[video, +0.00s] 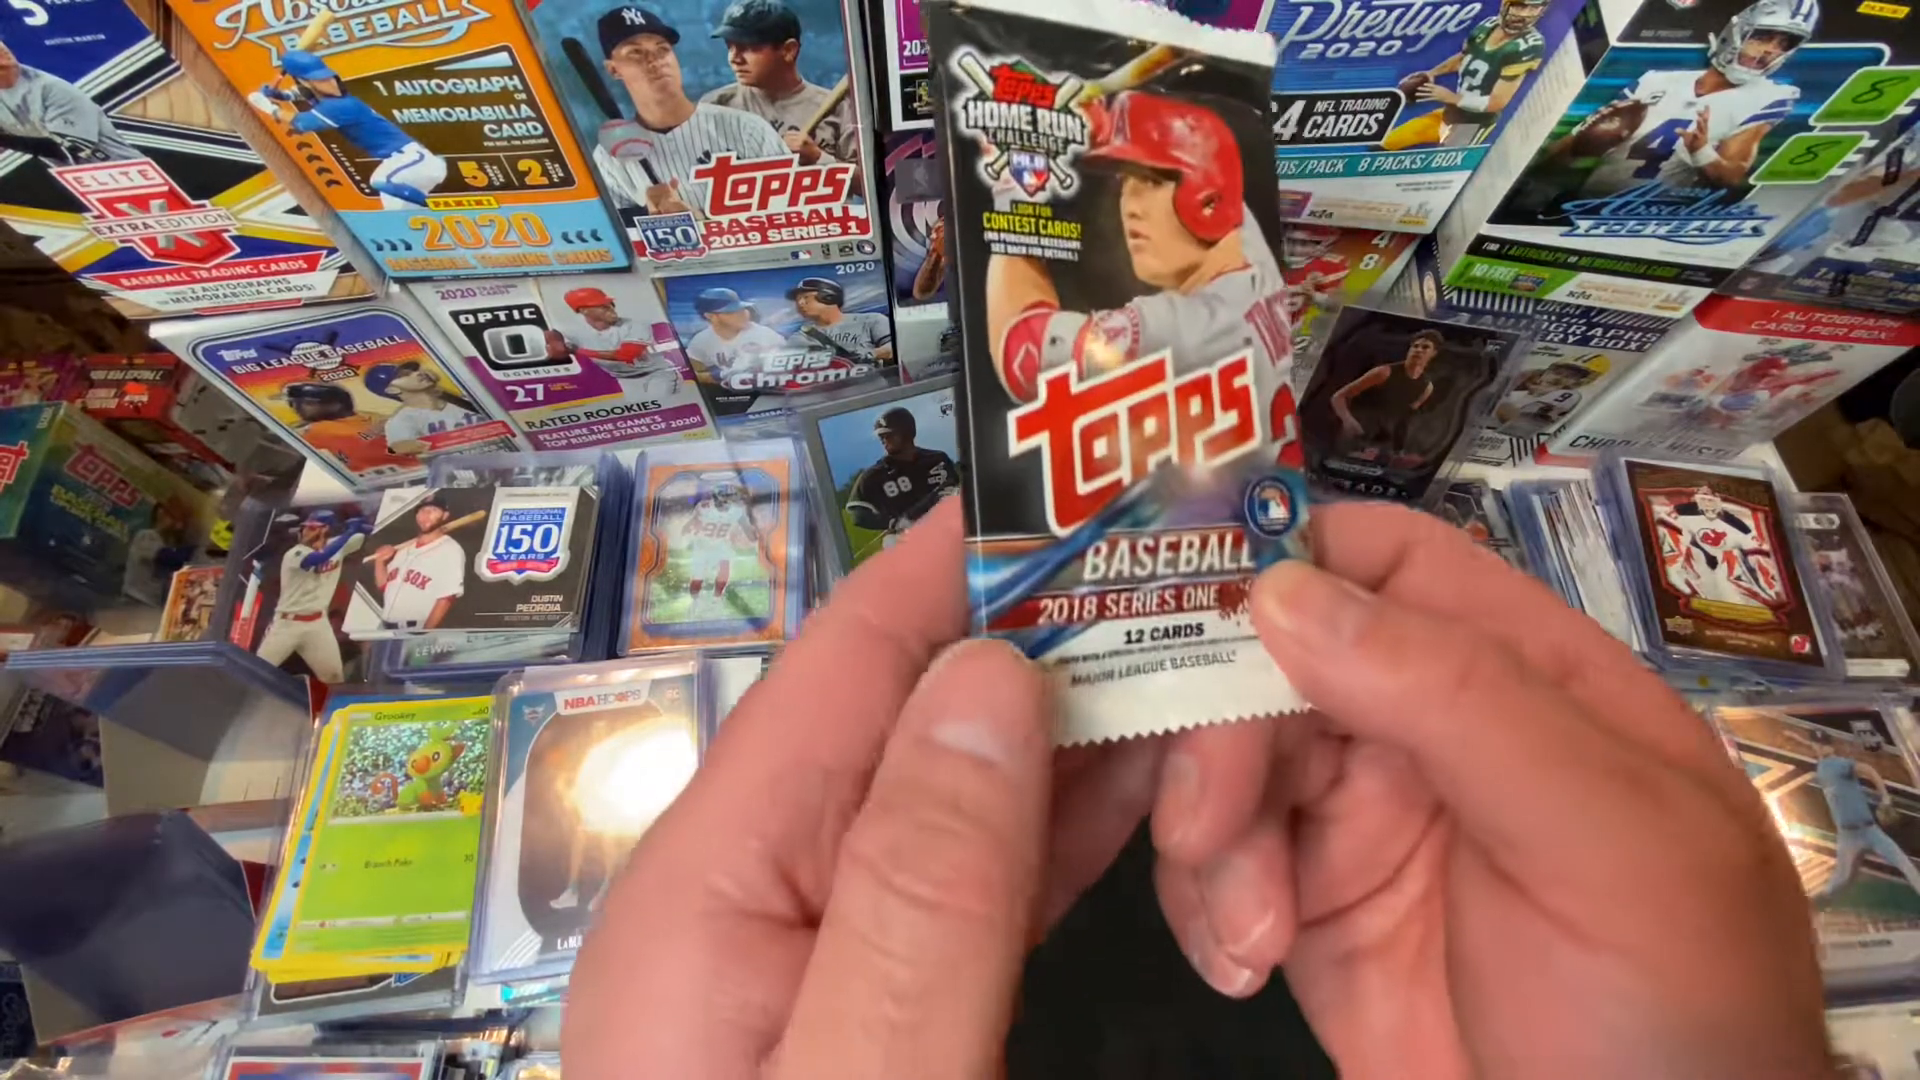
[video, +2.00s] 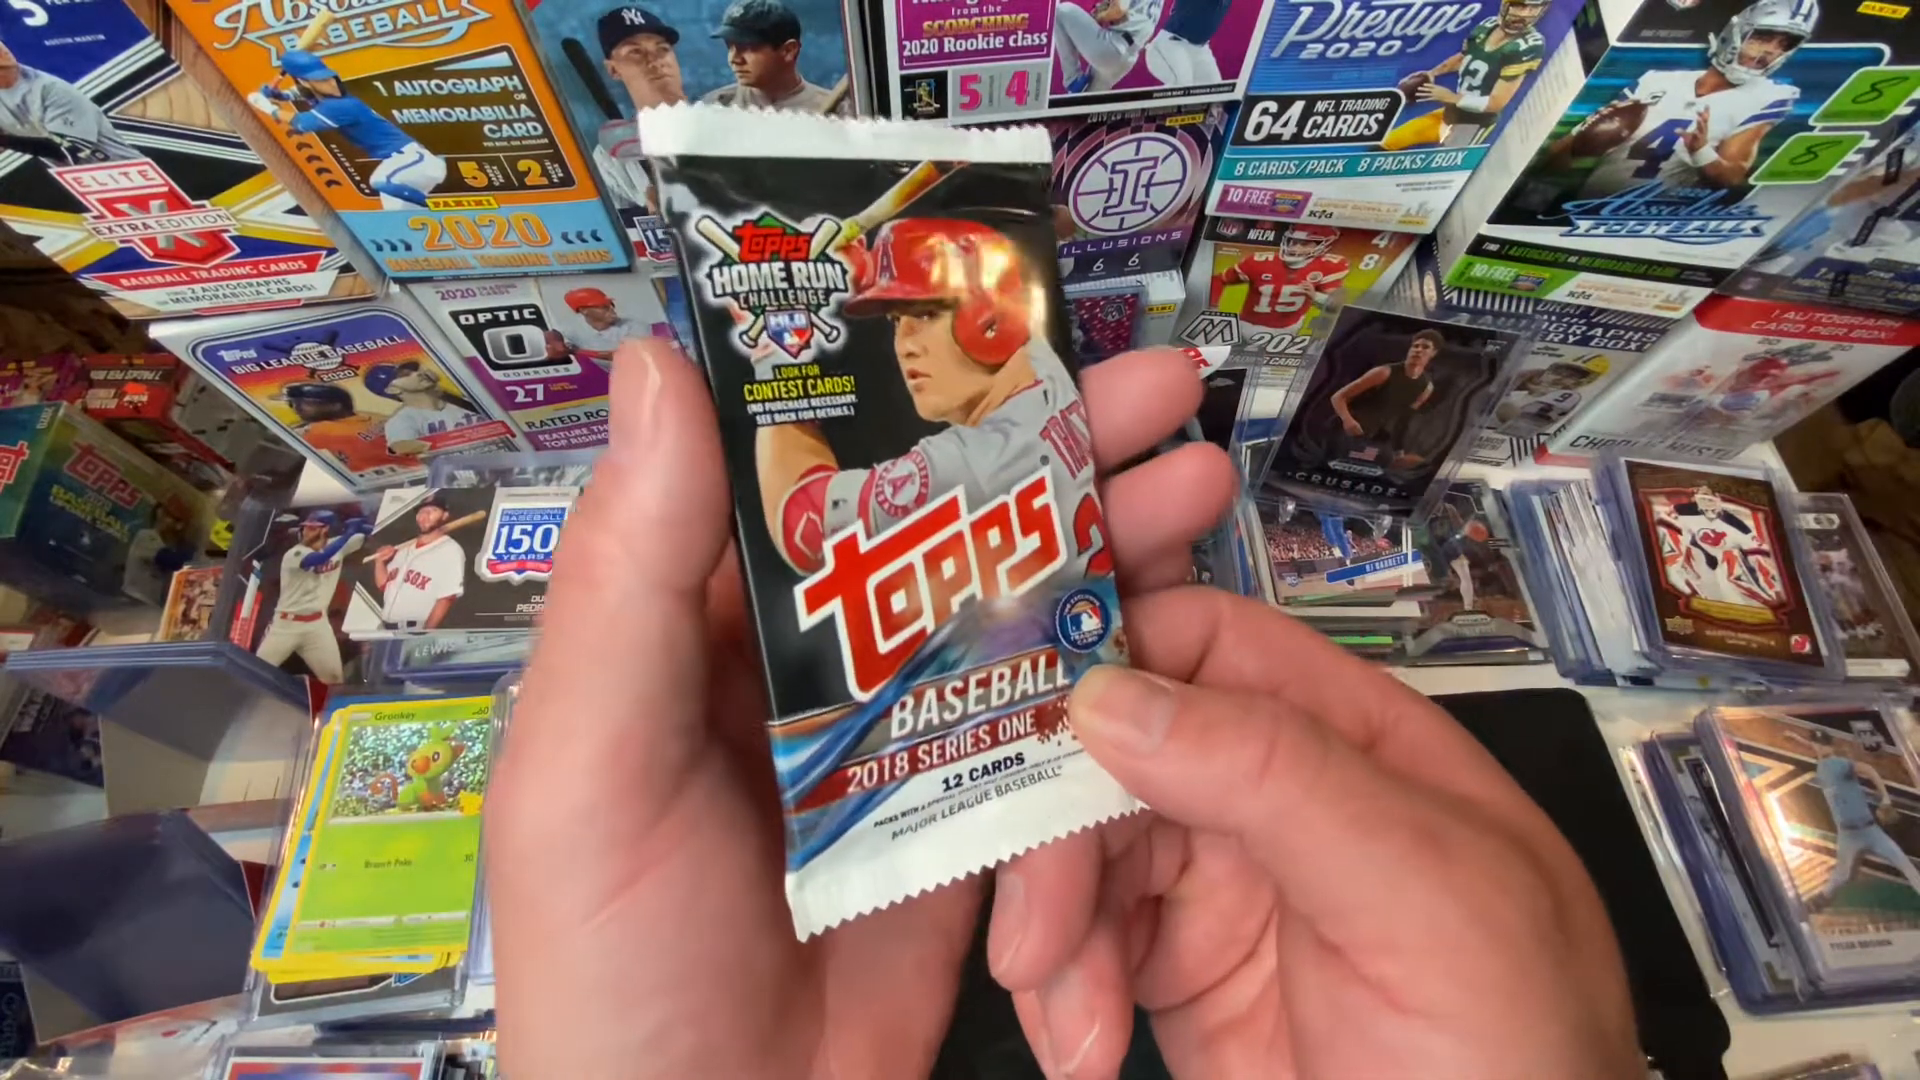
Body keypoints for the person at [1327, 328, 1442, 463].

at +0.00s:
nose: (1418, 350)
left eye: (1425, 347)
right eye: (1415, 346)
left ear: (1433, 354)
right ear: (1409, 349)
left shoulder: (1426, 389)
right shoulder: (1384, 373)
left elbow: (1404, 415)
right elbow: (1338, 397)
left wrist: (1399, 450)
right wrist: (1348, 420)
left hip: (1387, 445)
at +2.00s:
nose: (1418, 350)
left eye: (1425, 347)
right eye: (1415, 346)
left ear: (1433, 354)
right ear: (1409, 349)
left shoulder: (1426, 389)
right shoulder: (1384, 373)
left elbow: (1404, 419)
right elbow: (1338, 397)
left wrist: (1399, 452)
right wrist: (1347, 420)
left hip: (1382, 442)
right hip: (1354, 435)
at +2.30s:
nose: (1418, 350)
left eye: (1425, 347)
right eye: (1415, 346)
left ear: (1433, 354)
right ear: (1409, 349)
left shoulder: (1426, 389)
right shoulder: (1384, 373)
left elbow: (1404, 418)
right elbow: (1338, 397)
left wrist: (1399, 452)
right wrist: (1347, 420)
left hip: (1382, 443)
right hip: (1354, 436)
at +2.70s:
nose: (1418, 350)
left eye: (1425, 347)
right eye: (1416, 346)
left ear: (1434, 354)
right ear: (1410, 349)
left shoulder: (1426, 389)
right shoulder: (1384, 373)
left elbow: (1405, 417)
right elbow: (1338, 397)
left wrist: (1399, 451)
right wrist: (1347, 420)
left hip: (1383, 439)